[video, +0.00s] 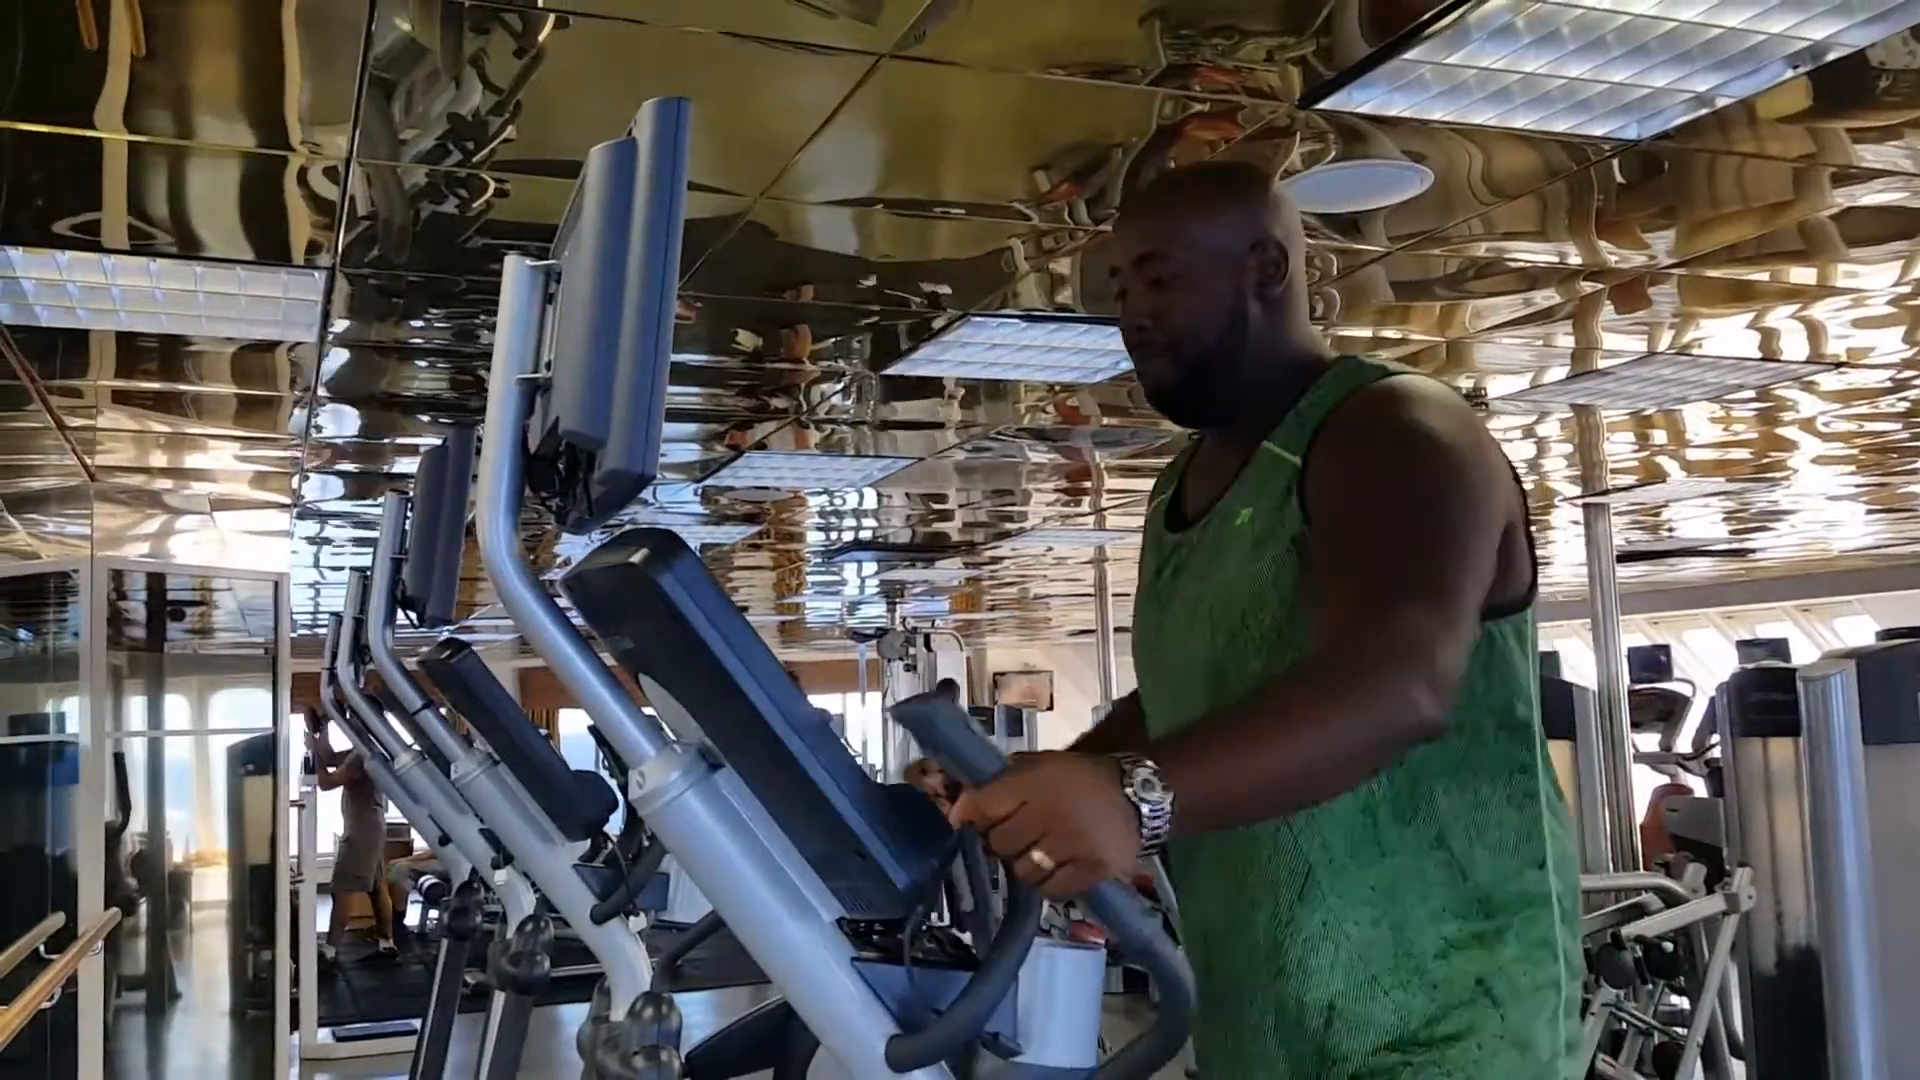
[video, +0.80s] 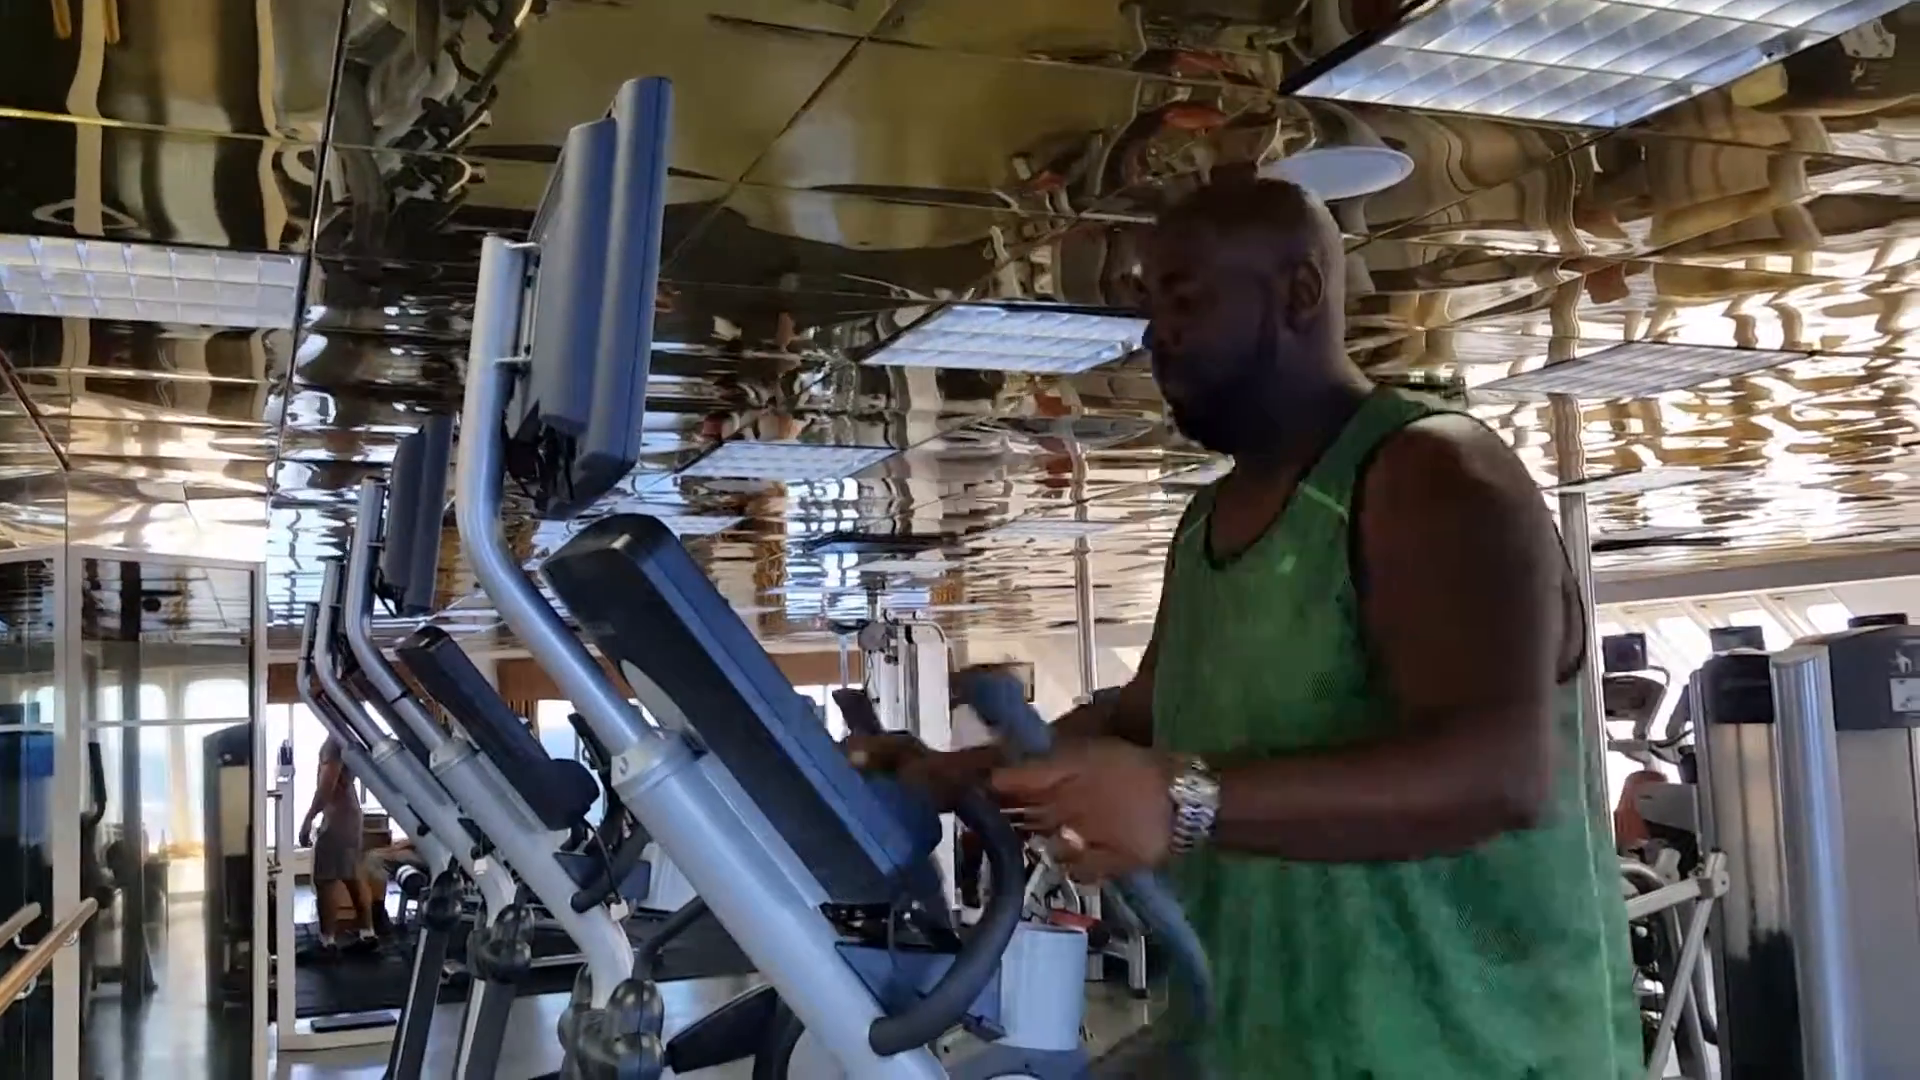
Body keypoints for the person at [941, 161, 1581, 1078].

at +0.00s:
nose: (1129, 317)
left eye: (1159, 279)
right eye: (1123, 290)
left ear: (1266, 274)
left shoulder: (1408, 436)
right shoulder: (1188, 483)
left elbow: (1398, 682)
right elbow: (1189, 693)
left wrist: (1139, 797)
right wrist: (1049, 792)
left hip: (1440, 1016)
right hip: (1257, 1019)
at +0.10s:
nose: (1136, 351)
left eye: (1166, 316)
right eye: (1131, 324)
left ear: (1273, 313)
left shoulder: (1418, 472)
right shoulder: (1177, 537)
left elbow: (1494, 731)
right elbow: (1131, 754)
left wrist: (1231, 803)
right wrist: (955, 786)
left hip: (1431, 1025)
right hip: (1244, 1025)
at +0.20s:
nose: (1141, 370)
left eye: (1165, 329)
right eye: (1132, 343)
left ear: (1276, 320)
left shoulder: (1432, 487)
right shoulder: (1173, 559)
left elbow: (1581, 749)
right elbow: (1081, 761)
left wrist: (1343, 835)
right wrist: (872, 779)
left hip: (1444, 1022)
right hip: (1249, 1031)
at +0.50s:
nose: (1132, 285)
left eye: (1164, 241)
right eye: (1128, 251)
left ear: (1276, 236)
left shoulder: (1444, 403)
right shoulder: (1151, 493)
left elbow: (1630, 665)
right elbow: (1013, 669)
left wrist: (1434, 847)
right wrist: (826, 766)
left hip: (1479, 1019)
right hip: (1265, 1022)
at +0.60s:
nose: (1132, 285)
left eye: (1164, 244)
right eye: (1131, 252)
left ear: (1281, 238)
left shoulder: (1442, 408)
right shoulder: (1162, 500)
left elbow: (1623, 673)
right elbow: (1041, 675)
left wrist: (1380, 829)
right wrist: (835, 767)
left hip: (1494, 1029)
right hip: (1260, 1034)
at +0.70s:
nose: (1144, 316)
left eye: (1176, 279)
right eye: (1141, 291)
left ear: (1294, 279)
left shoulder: (1443, 462)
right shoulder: (1187, 528)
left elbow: (1583, 740)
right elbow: (1099, 706)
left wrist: (1285, 822)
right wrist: (881, 772)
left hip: (1488, 1048)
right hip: (1243, 1046)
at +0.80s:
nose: (1152, 340)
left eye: (1182, 301)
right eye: (1150, 308)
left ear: (1299, 299)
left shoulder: (1445, 480)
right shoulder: (1213, 522)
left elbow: (1500, 771)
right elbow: (1152, 717)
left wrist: (1190, 803)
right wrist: (959, 777)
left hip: (1468, 1045)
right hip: (1260, 1041)